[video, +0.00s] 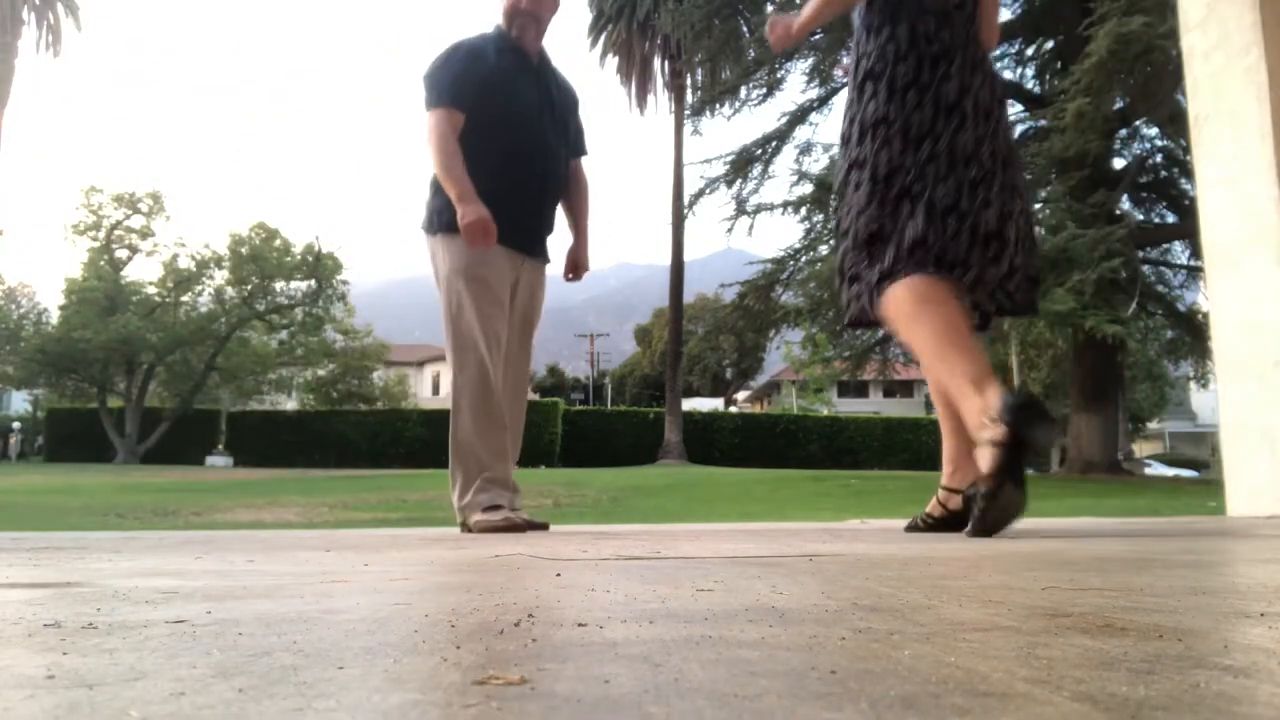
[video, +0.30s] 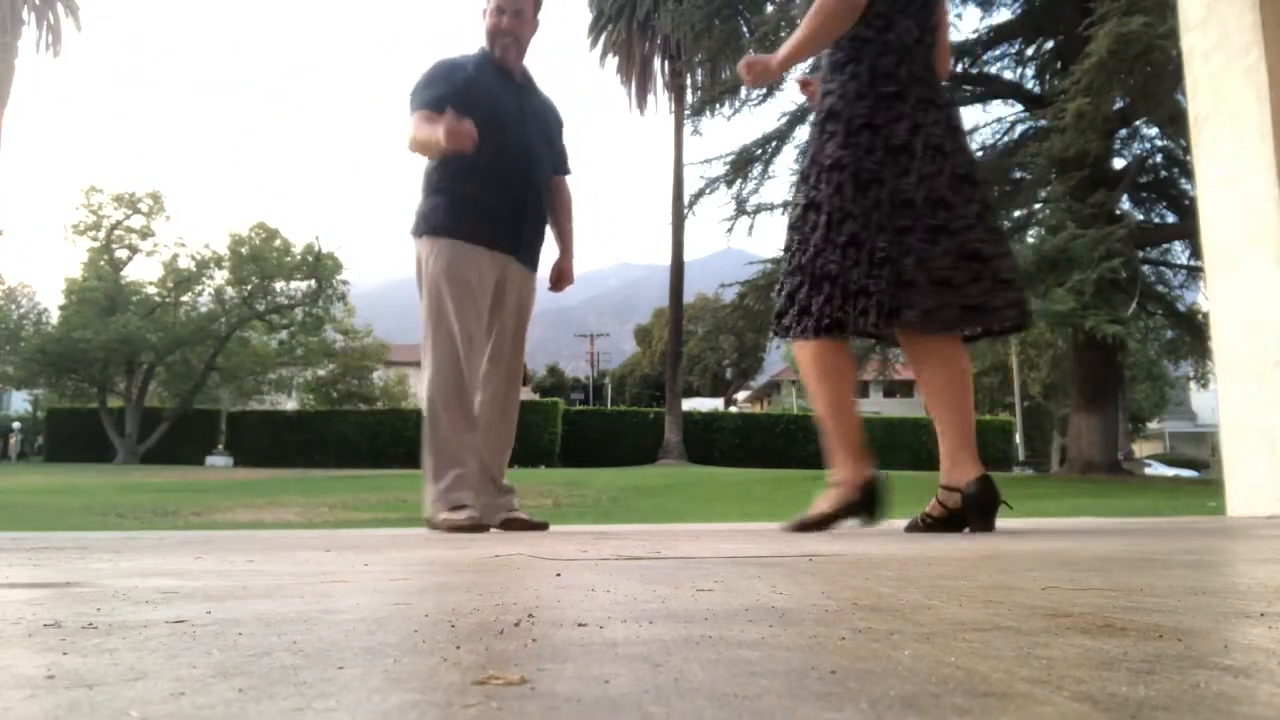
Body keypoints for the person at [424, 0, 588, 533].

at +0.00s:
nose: (539, 7)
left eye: (546, 1)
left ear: (552, 11)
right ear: (512, 3)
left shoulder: (560, 91)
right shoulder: (468, 57)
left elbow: (573, 170)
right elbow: (441, 133)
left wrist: (580, 237)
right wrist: (466, 201)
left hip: (528, 248)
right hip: (472, 236)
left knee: (513, 368)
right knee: (479, 363)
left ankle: (498, 497)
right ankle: (479, 499)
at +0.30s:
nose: (505, 22)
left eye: (518, 14)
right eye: (498, 11)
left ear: (535, 24)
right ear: (484, 16)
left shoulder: (545, 110)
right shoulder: (453, 73)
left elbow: (557, 185)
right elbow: (419, 134)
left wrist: (566, 249)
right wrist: (443, 138)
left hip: (518, 255)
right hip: (456, 243)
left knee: (502, 376)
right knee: (452, 370)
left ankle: (492, 499)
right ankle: (450, 500)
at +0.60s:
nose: (483, 20)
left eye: (495, 13)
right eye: (476, 10)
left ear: (510, 25)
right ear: (461, 16)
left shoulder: (521, 113)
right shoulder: (430, 69)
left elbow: (531, 190)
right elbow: (394, 128)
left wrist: (541, 261)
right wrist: (421, 106)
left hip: (497, 255)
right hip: (431, 241)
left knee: (489, 381)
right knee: (409, 368)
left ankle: (485, 505)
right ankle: (374, 498)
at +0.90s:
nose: (435, 8)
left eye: (443, 3)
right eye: (426, 0)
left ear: (453, 13)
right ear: (407, 6)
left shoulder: (468, 104)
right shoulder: (372, 58)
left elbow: (482, 185)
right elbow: (341, 139)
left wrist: (519, 247)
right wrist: (330, 223)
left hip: (448, 260)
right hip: (375, 243)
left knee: (462, 384)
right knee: (344, 373)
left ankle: (485, 506)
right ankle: (306, 503)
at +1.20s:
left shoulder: (432, 60)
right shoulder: (327, 15)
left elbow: (469, 142)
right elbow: (271, 101)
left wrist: (529, 186)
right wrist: (258, 198)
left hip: (415, 229)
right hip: (334, 220)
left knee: (424, 363)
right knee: (317, 362)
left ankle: (410, 503)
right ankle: (303, 503)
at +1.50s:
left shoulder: (438, 49)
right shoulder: (325, 10)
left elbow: (471, 139)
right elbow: (274, 86)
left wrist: (531, 173)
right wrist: (263, 158)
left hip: (407, 224)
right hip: (326, 209)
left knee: (389, 368)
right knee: (309, 357)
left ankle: (366, 507)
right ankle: (297, 503)